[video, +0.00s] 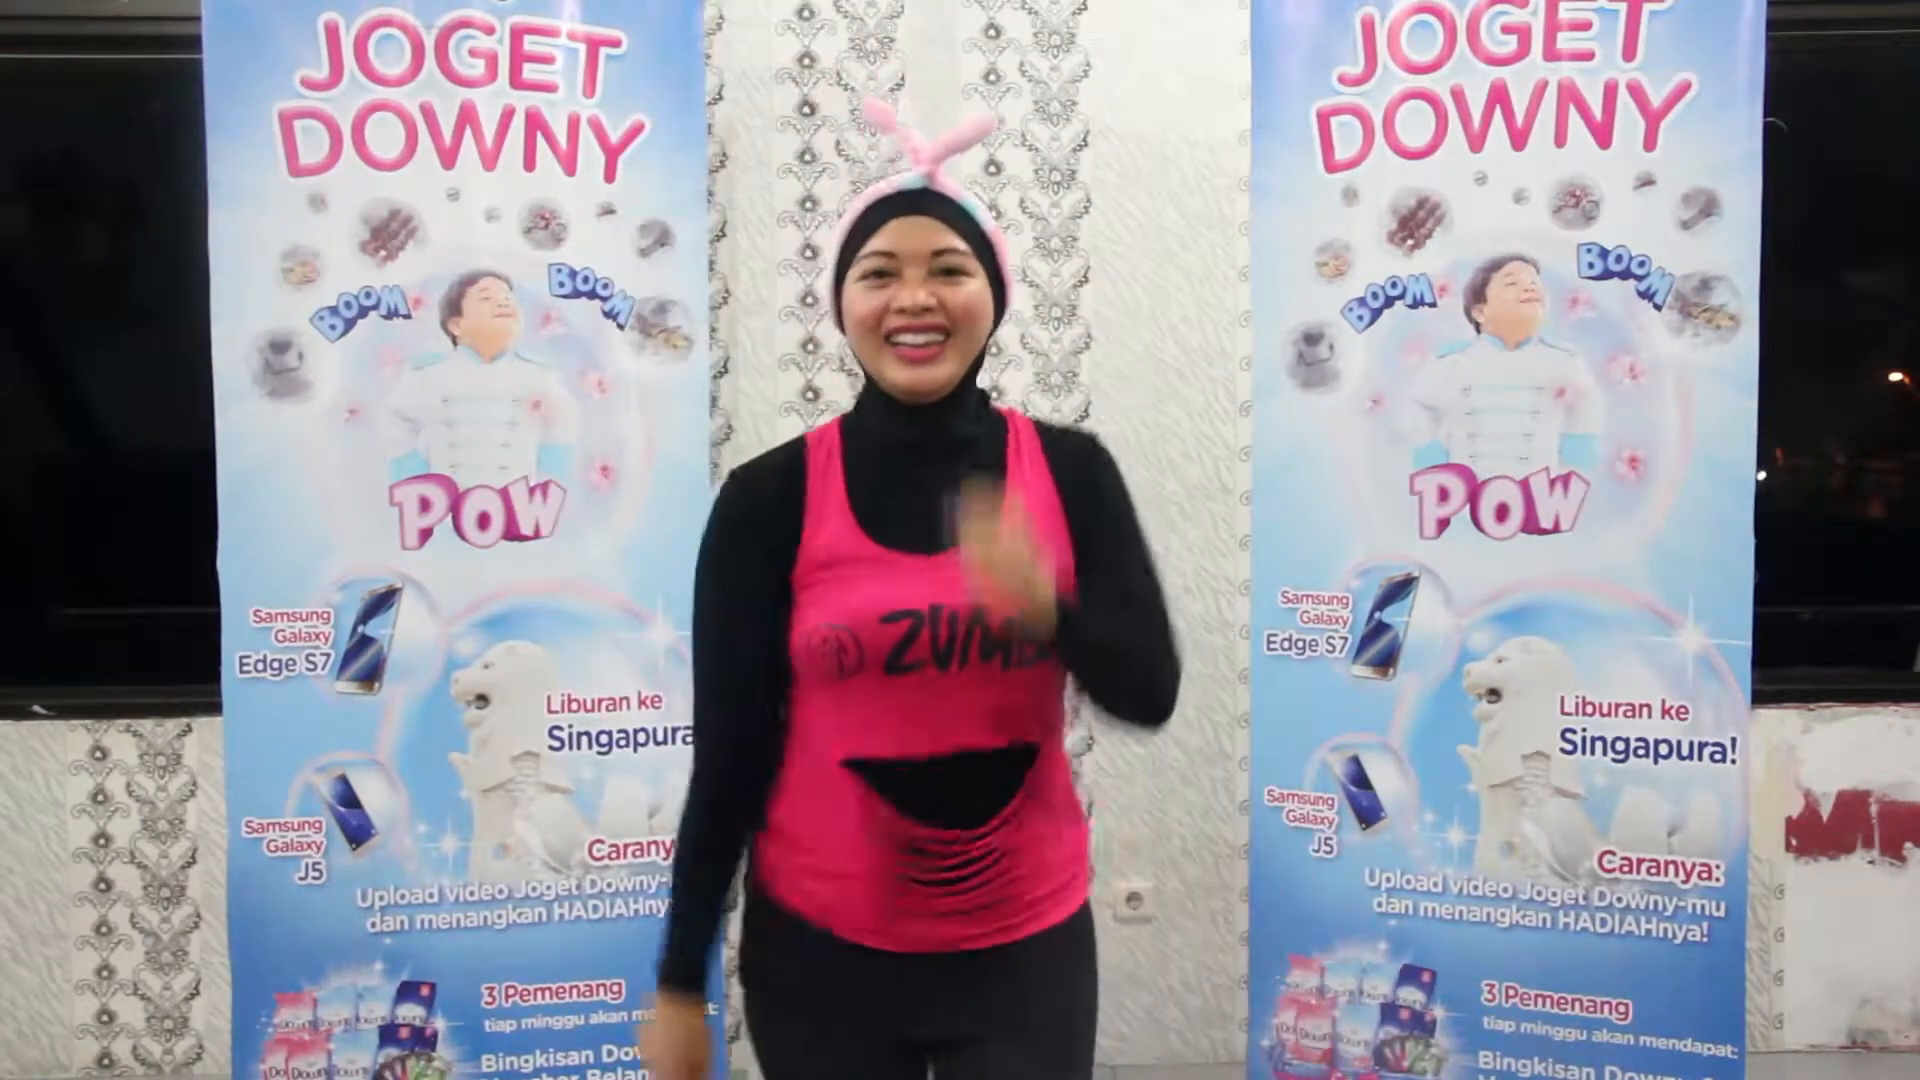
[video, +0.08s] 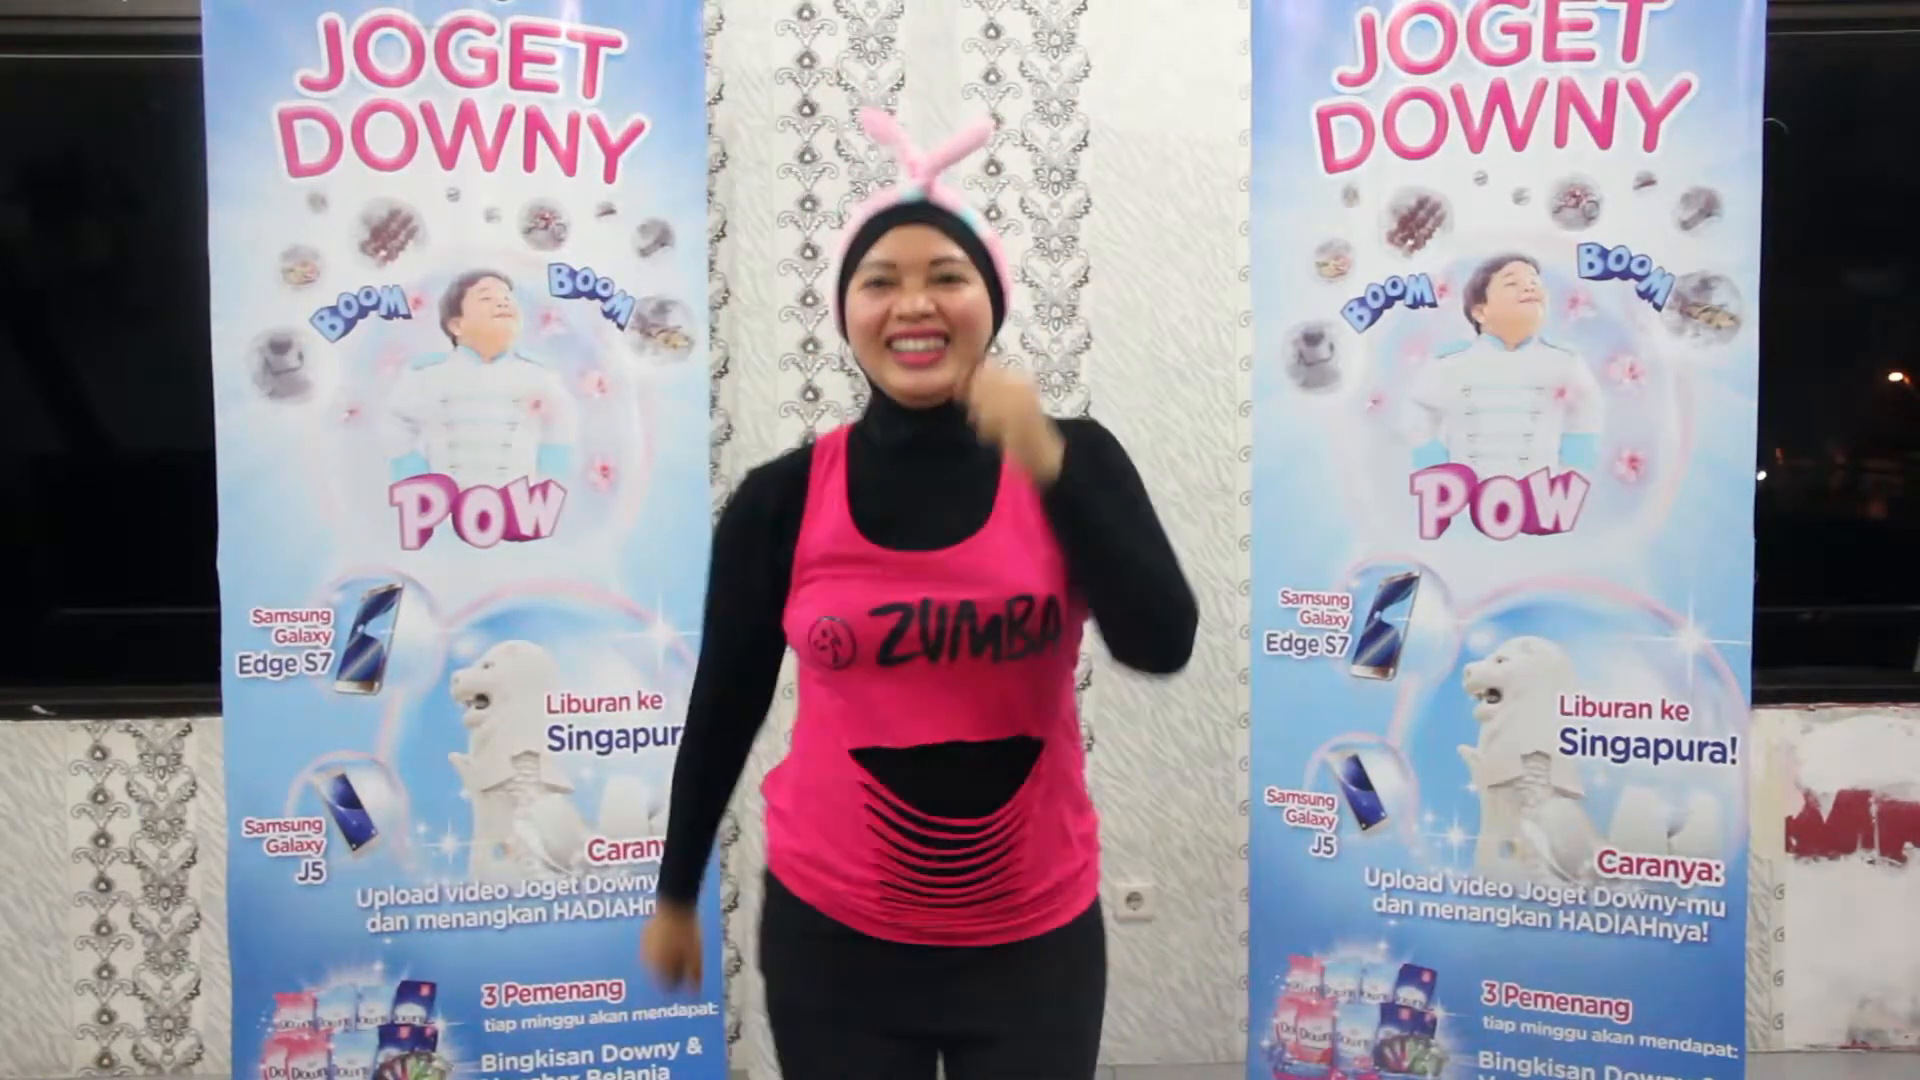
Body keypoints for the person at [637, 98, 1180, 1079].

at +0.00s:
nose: (915, 296)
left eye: (948, 268)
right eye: (879, 273)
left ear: (994, 300)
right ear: (842, 309)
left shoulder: (1067, 471)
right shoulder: (768, 499)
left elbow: (1149, 693)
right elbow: (733, 751)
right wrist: (681, 982)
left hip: (1023, 946)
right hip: (822, 950)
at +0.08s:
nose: (915, 303)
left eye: (945, 276)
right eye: (882, 281)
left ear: (992, 307)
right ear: (846, 317)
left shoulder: (1069, 459)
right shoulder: (782, 501)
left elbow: (1162, 643)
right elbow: (727, 701)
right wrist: (677, 891)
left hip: (1032, 932)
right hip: (836, 930)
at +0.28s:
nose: (927, 357)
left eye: (957, 332)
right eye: (899, 337)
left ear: (1005, 362)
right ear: (870, 370)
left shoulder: (1071, 503)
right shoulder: (835, 511)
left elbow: (1135, 644)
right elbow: (798, 643)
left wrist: (1067, 475)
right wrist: (737, 776)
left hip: (1048, 892)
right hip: (876, 887)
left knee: (1048, 1066)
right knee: (846, 1064)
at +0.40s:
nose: (923, 318)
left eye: (952, 294)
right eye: (898, 297)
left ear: (997, 315)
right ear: (870, 323)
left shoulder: (1068, 455)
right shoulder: (838, 463)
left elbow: (1109, 605)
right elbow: (802, 599)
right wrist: (761, 733)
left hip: (1043, 832)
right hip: (877, 827)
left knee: (1034, 1065)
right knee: (853, 1064)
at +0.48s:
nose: (922, 308)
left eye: (949, 284)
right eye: (896, 287)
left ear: (992, 304)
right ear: (867, 310)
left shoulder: (1057, 440)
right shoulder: (834, 443)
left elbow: (1094, 629)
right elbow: (799, 586)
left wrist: (1097, 795)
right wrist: (771, 699)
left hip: (1028, 818)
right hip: (869, 815)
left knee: (1034, 1065)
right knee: (868, 1063)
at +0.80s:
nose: (923, 342)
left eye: (946, 322)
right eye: (901, 324)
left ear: (981, 346)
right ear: (872, 350)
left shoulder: (1036, 471)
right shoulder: (822, 481)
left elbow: (1098, 615)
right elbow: (785, 655)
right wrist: (771, 649)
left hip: (1012, 777)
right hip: (872, 789)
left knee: (924, 966)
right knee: (897, 1011)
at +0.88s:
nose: (936, 299)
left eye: (958, 280)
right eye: (915, 280)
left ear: (992, 300)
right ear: (883, 300)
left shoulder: (1034, 419)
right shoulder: (825, 419)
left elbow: (1125, 574)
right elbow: (789, 565)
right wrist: (793, 672)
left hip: (1017, 726)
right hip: (881, 735)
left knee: (922, 908)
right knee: (907, 957)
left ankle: (948, 1065)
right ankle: (917, 1072)